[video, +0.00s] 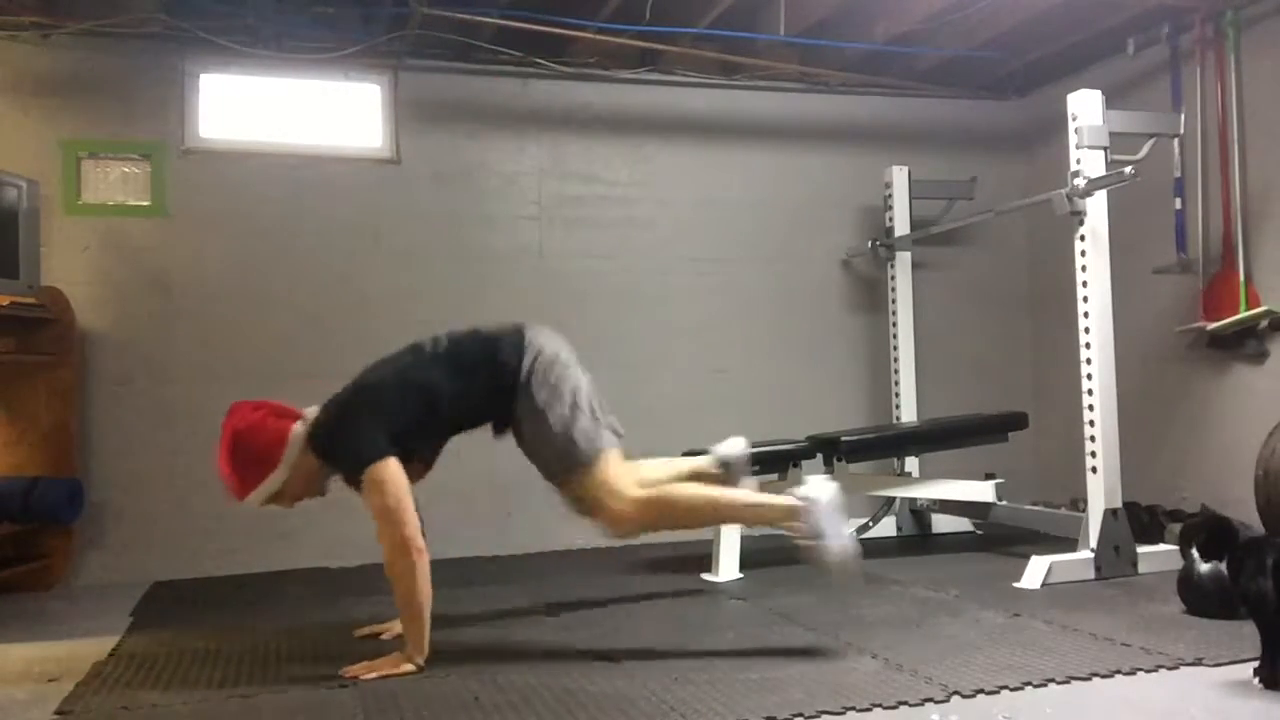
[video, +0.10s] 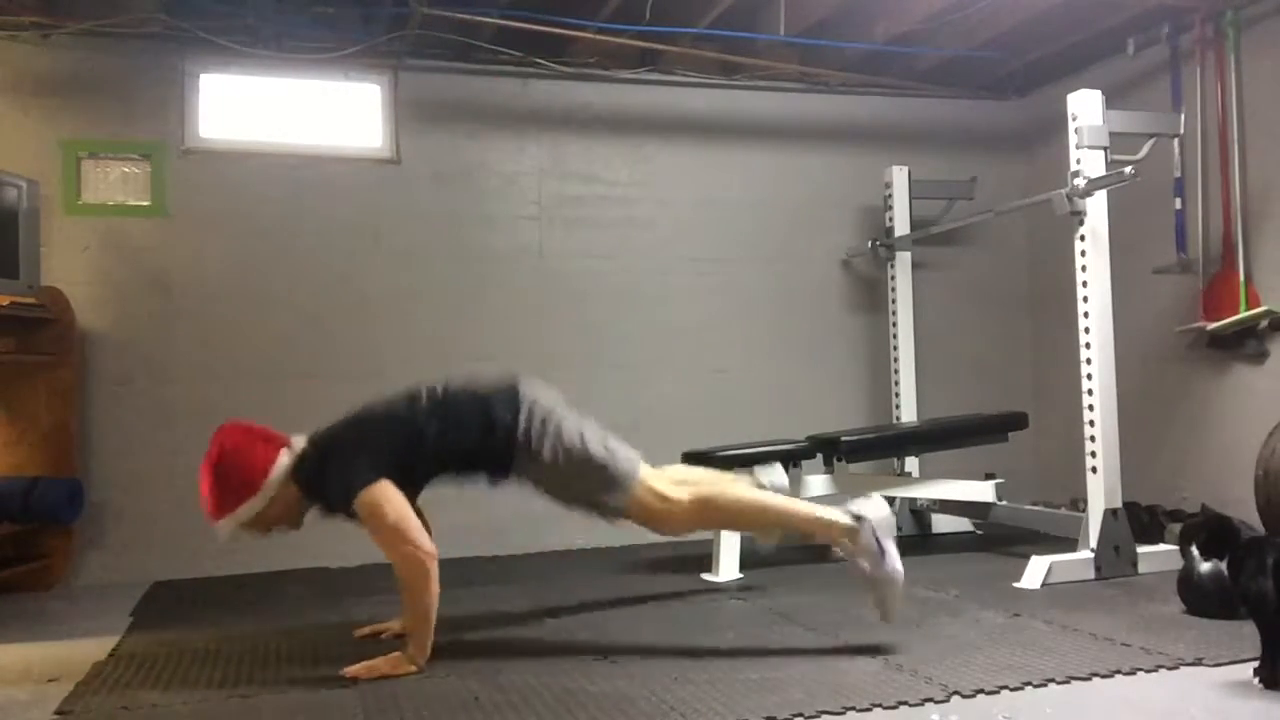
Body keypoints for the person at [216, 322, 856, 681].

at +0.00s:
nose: (285, 505)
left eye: (274, 493)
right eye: (270, 500)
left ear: (288, 458)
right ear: (288, 446)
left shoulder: (359, 435)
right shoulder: (347, 425)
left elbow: (406, 549)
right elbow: (402, 534)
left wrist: (415, 651)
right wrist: (407, 614)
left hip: (528, 370)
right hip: (517, 382)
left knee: (623, 509)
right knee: (604, 496)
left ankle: (801, 510)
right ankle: (716, 466)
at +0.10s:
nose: (263, 533)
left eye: (253, 519)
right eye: (249, 526)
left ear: (267, 488)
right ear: (272, 477)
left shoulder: (343, 471)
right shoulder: (334, 461)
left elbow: (419, 563)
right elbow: (421, 550)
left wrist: (414, 657)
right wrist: (415, 622)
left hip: (517, 424)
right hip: (513, 427)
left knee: (667, 506)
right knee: (662, 495)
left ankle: (845, 527)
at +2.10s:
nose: (463, 23)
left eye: (464, 15)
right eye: (463, 18)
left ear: (493, 4)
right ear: (490, 14)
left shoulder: (535, 30)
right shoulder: (499, 67)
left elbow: (433, 28)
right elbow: (418, 105)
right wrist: (407, 27)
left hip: (576, 227)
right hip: (538, 234)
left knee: (569, 385)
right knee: (535, 388)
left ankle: (595, 556)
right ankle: (555, 536)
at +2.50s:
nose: (447, 63)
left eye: (453, 48)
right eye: (445, 51)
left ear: (491, 46)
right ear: (485, 50)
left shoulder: (540, 93)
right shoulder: (502, 113)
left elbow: (572, 196)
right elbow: (525, 224)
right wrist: (483, 302)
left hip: (579, 290)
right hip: (550, 295)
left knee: (586, 442)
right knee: (558, 441)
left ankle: (633, 610)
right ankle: (591, 578)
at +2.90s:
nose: (397, 263)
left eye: (396, 246)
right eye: (388, 251)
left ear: (430, 224)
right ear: (429, 227)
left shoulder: (493, 254)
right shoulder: (471, 275)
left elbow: (507, 383)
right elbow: (479, 383)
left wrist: (494, 488)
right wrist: (464, 480)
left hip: (647, 336)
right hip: (612, 342)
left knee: (558, 450)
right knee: (532, 447)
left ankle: (634, 613)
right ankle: (590, 579)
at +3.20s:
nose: (369, 424)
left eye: (369, 408)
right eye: (360, 414)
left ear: (395, 386)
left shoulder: (459, 396)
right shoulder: (441, 407)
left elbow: (435, 534)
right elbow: (436, 530)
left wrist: (406, 643)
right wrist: (411, 614)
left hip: (630, 427)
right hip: (607, 427)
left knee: (502, 485)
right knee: (483, 484)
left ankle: (624, 607)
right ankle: (581, 582)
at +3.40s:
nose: (350, 464)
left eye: (342, 453)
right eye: (338, 459)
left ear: (355, 423)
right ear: (360, 409)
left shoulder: (414, 409)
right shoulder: (410, 410)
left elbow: (413, 545)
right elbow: (417, 535)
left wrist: (410, 653)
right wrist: (409, 619)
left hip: (586, 416)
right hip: (572, 415)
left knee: (465, 494)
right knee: (467, 486)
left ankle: (606, 593)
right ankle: (571, 574)